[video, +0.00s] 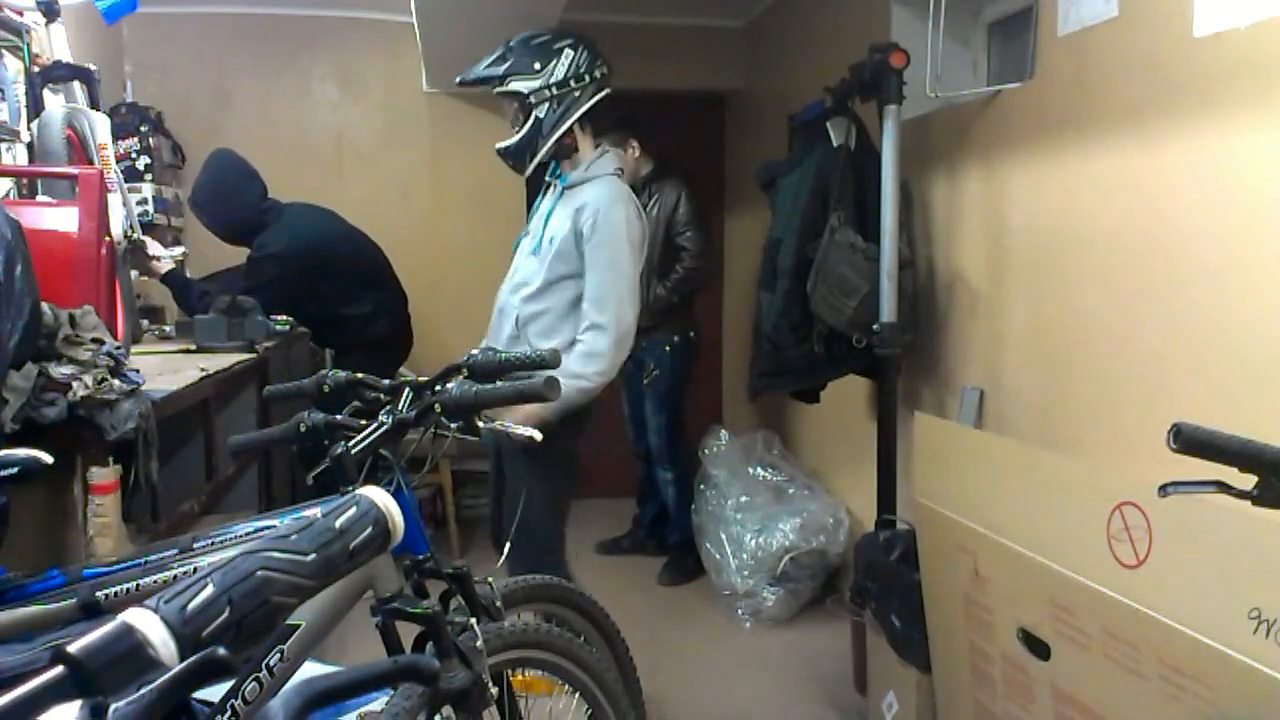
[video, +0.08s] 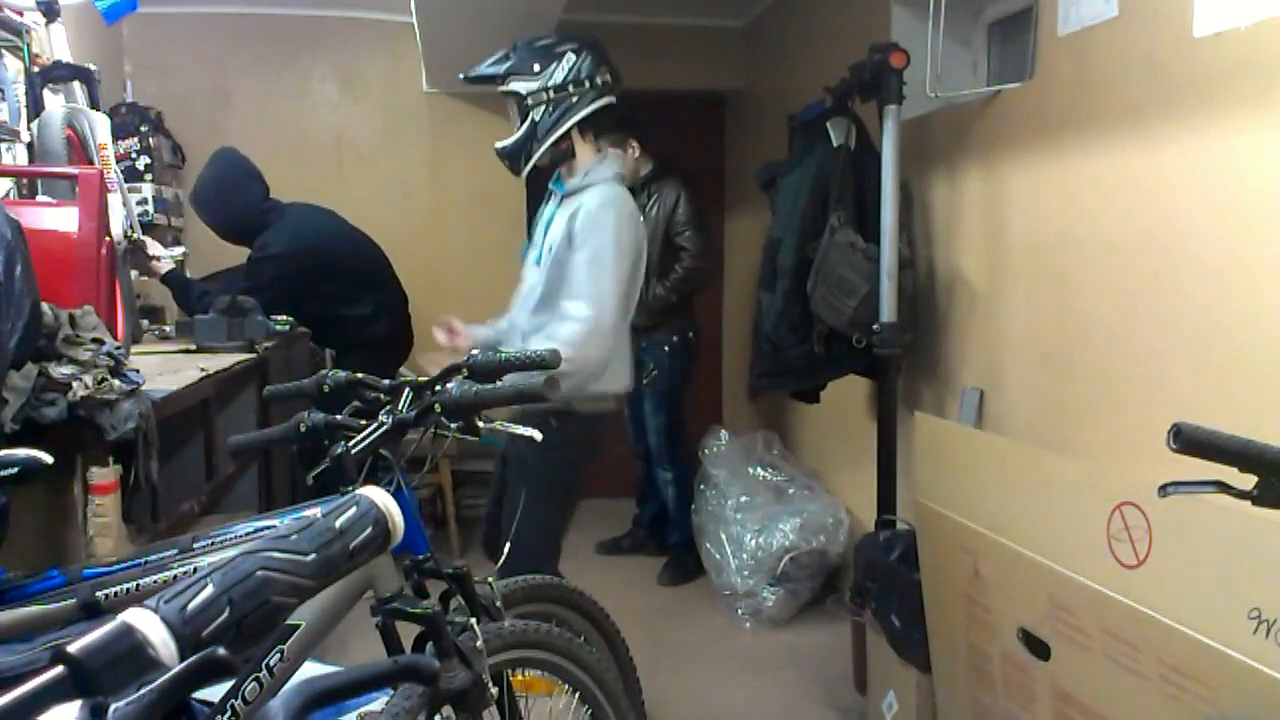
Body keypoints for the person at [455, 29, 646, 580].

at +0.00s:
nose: (512, 128)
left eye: (520, 111)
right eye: (512, 112)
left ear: (560, 114)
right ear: (562, 114)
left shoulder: (607, 199)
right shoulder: (560, 190)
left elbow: (610, 328)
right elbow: (532, 305)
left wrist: (546, 404)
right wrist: (485, 381)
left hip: (545, 405)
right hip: (512, 397)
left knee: (533, 558)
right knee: (510, 542)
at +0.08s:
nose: (516, 125)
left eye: (523, 109)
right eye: (517, 110)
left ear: (560, 108)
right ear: (564, 111)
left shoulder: (606, 206)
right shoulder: (563, 201)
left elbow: (589, 341)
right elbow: (530, 317)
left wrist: (492, 364)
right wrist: (476, 335)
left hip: (567, 412)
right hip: (533, 405)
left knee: (526, 561)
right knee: (500, 543)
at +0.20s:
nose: (520, 128)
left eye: (526, 110)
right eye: (520, 112)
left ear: (558, 110)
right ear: (570, 112)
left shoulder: (601, 211)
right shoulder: (578, 205)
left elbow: (551, 334)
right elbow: (545, 319)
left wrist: (452, 365)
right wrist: (484, 341)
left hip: (574, 426)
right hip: (553, 421)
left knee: (526, 581)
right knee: (519, 571)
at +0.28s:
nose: (522, 115)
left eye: (529, 98)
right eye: (523, 99)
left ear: (560, 99)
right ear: (577, 101)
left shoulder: (598, 197)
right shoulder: (596, 190)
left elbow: (588, 345)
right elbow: (577, 333)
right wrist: (504, 405)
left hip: (565, 421)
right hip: (561, 416)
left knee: (530, 568)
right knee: (540, 560)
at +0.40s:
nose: (522, 112)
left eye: (526, 95)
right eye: (522, 96)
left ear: (555, 94)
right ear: (596, 97)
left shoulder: (591, 193)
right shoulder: (626, 189)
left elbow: (574, 334)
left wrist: (495, 406)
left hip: (566, 416)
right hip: (594, 409)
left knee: (528, 565)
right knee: (542, 556)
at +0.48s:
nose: (528, 122)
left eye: (530, 104)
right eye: (527, 105)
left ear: (556, 102)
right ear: (612, 102)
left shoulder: (586, 204)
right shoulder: (630, 196)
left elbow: (515, 332)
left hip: (581, 434)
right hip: (614, 428)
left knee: (522, 580)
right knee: (549, 566)